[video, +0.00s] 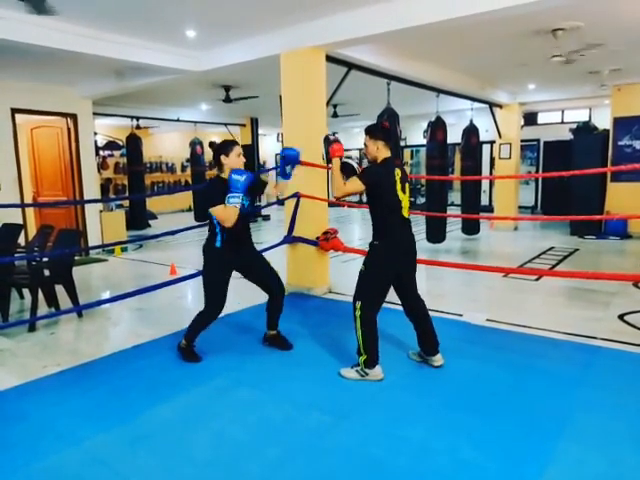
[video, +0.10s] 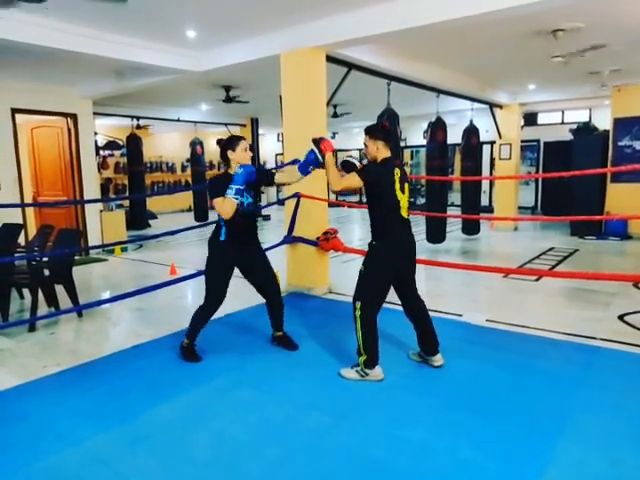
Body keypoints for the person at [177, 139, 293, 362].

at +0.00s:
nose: (243, 159)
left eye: (242, 155)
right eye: (238, 155)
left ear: (237, 159)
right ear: (224, 159)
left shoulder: (246, 180)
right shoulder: (210, 188)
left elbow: (276, 192)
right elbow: (227, 220)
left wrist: (285, 171)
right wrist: (237, 190)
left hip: (243, 250)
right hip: (217, 254)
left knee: (277, 290)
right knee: (214, 308)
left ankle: (272, 333)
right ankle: (186, 343)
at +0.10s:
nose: (250, 154)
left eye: (249, 150)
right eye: (245, 150)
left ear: (246, 153)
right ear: (230, 154)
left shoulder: (254, 174)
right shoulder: (218, 181)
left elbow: (286, 177)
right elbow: (225, 212)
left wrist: (309, 161)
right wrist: (237, 183)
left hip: (249, 245)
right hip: (223, 246)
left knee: (272, 289)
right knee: (214, 299)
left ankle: (279, 333)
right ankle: (188, 342)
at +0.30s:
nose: (261, 149)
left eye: (260, 145)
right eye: (256, 147)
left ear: (250, 150)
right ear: (243, 152)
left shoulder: (255, 171)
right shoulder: (252, 169)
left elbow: (261, 210)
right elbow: (291, 166)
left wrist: (277, 196)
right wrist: (316, 152)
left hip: (255, 242)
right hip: (234, 242)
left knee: (272, 287)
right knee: (222, 291)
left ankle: (278, 333)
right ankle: (194, 330)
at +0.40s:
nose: (260, 150)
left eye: (259, 146)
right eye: (255, 148)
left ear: (247, 151)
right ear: (241, 153)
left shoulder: (248, 171)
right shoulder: (254, 171)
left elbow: (259, 196)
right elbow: (295, 164)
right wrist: (317, 145)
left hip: (255, 244)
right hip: (235, 244)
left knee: (273, 288)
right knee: (223, 292)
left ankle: (278, 334)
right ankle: (196, 331)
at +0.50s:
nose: (255, 154)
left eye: (255, 149)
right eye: (250, 150)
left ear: (251, 151)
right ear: (236, 154)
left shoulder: (252, 172)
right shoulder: (243, 174)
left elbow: (278, 186)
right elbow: (280, 187)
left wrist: (285, 169)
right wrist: (291, 167)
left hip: (254, 243)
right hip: (234, 244)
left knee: (273, 288)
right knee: (225, 295)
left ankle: (278, 334)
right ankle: (198, 337)